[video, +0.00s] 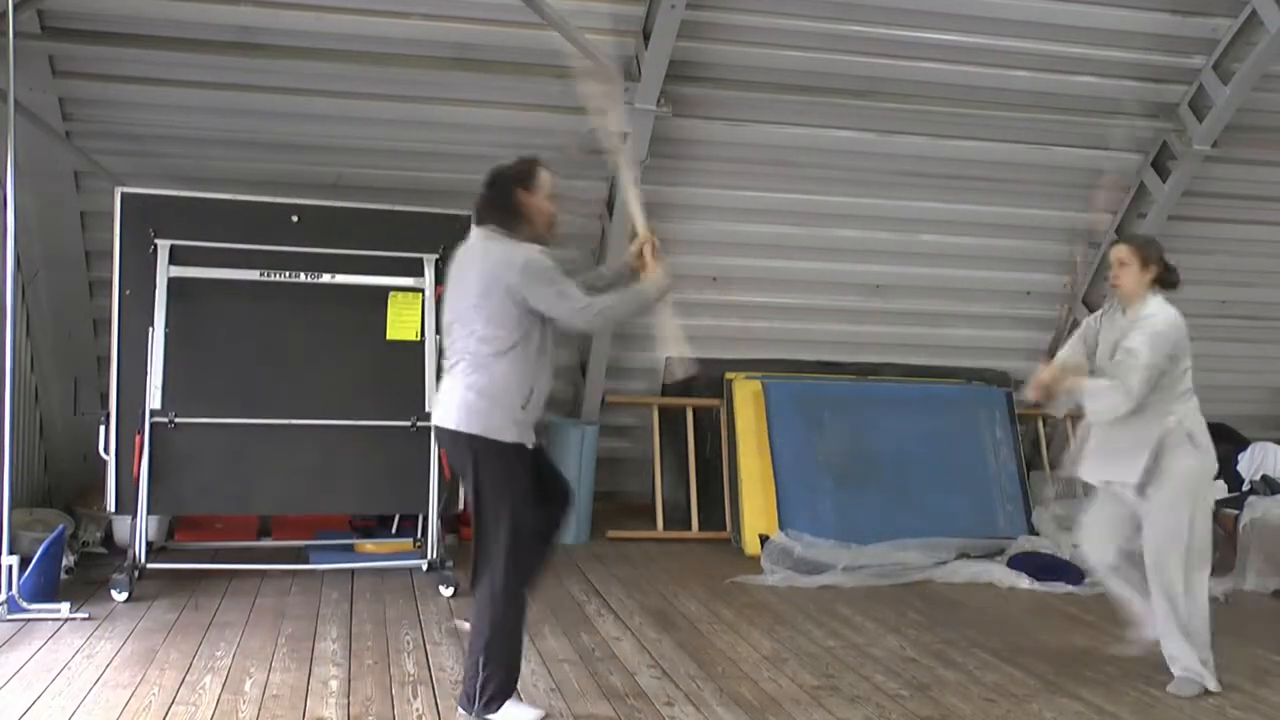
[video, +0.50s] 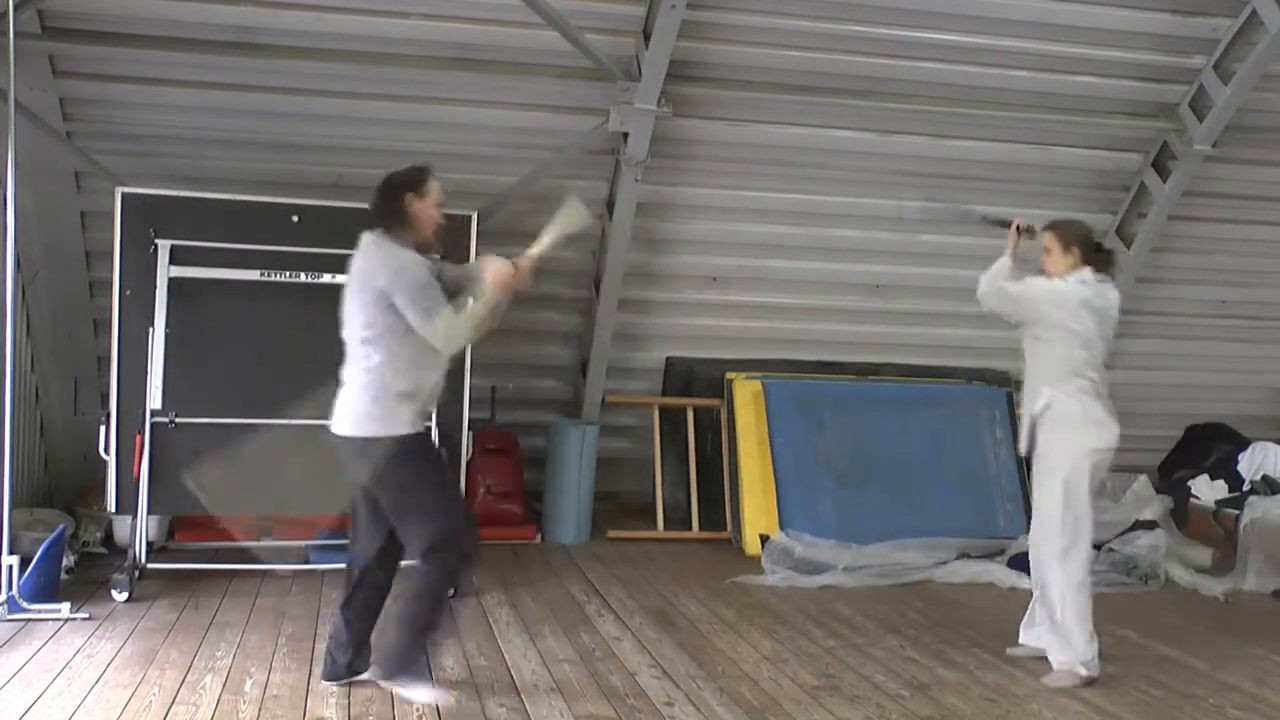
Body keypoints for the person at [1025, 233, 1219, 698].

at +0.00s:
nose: (1113, 275)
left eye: (1123, 266)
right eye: (1111, 267)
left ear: (1150, 272)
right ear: (1111, 274)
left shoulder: (1162, 323)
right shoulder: (1108, 316)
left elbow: (1126, 394)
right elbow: (1074, 354)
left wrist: (1064, 386)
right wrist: (1047, 378)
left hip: (1176, 459)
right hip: (1128, 458)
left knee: (1170, 564)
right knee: (1098, 548)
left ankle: (1195, 670)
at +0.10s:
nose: (1100, 276)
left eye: (1108, 267)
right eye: (1098, 268)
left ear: (1134, 270)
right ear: (1102, 274)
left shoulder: (1141, 316)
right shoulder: (1109, 318)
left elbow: (1100, 395)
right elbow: (1071, 358)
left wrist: (1041, 379)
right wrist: (1033, 368)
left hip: (1162, 455)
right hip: (1119, 453)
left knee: (1165, 559)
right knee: (1072, 529)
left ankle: (1191, 670)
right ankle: (1090, 629)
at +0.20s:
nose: (1082, 276)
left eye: (1089, 267)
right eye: (1081, 268)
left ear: (1115, 269)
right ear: (1100, 271)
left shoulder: (1120, 313)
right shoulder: (1106, 311)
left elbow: (1059, 362)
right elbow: (1064, 372)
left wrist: (1019, 325)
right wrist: (1028, 336)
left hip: (1123, 453)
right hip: (1094, 451)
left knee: (1123, 557)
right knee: (1056, 538)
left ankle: (1184, 663)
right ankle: (1050, 637)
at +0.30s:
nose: (1072, 272)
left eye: (1079, 263)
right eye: (1070, 264)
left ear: (1103, 265)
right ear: (1086, 267)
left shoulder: (1110, 308)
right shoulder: (1093, 303)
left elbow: (1028, 332)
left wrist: (1013, 294)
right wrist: (1025, 272)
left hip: (1109, 446)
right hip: (1082, 444)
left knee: (1086, 544)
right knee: (1048, 537)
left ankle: (1150, 649)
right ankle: (1049, 638)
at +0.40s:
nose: (1056, 263)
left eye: (1062, 254)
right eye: (1055, 254)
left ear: (1086, 255)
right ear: (1092, 256)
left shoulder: (1079, 298)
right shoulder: (1105, 293)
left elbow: (1002, 299)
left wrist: (1010, 256)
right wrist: (1049, 228)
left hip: (1085, 433)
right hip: (1078, 430)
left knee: (1068, 539)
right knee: (1050, 534)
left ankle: (1081, 658)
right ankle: (1046, 634)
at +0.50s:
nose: (1041, 260)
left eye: (1048, 253)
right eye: (1042, 252)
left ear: (1073, 255)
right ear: (1080, 257)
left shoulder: (1053, 295)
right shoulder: (1100, 296)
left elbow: (991, 292)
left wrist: (1009, 254)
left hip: (1068, 429)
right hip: (1090, 426)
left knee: (1059, 540)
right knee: (1056, 534)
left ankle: (1077, 658)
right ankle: (1044, 633)